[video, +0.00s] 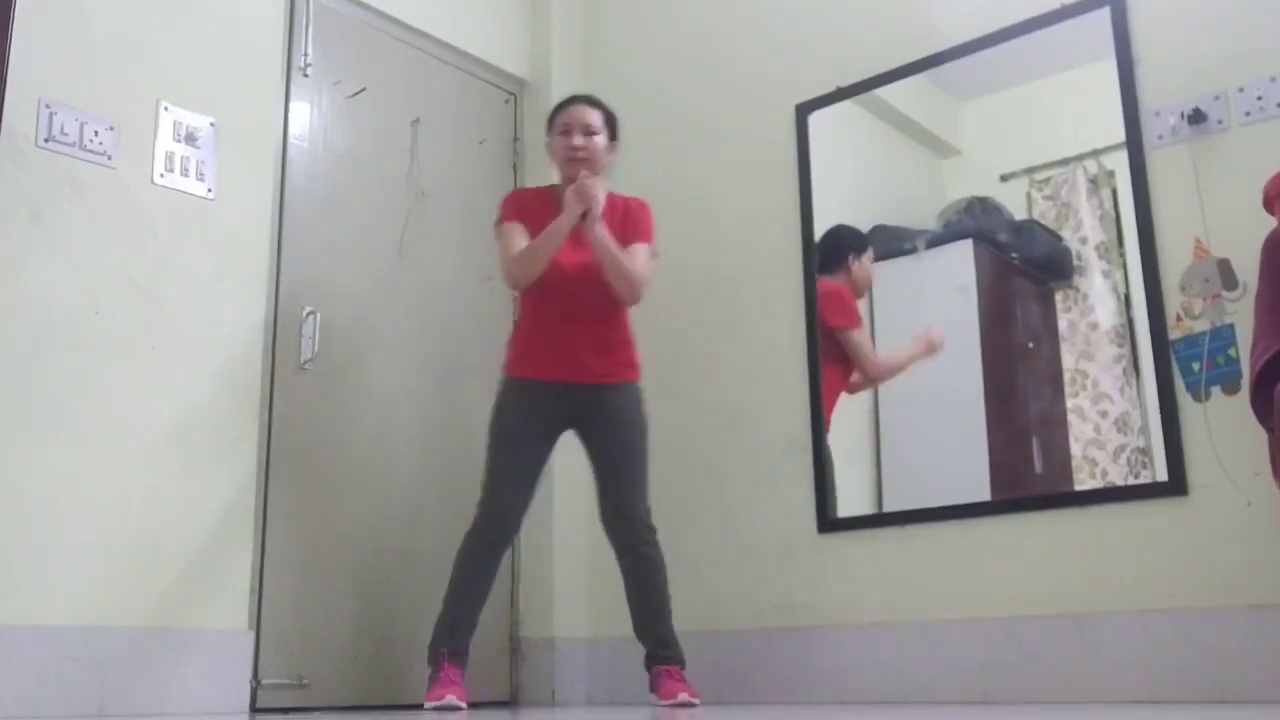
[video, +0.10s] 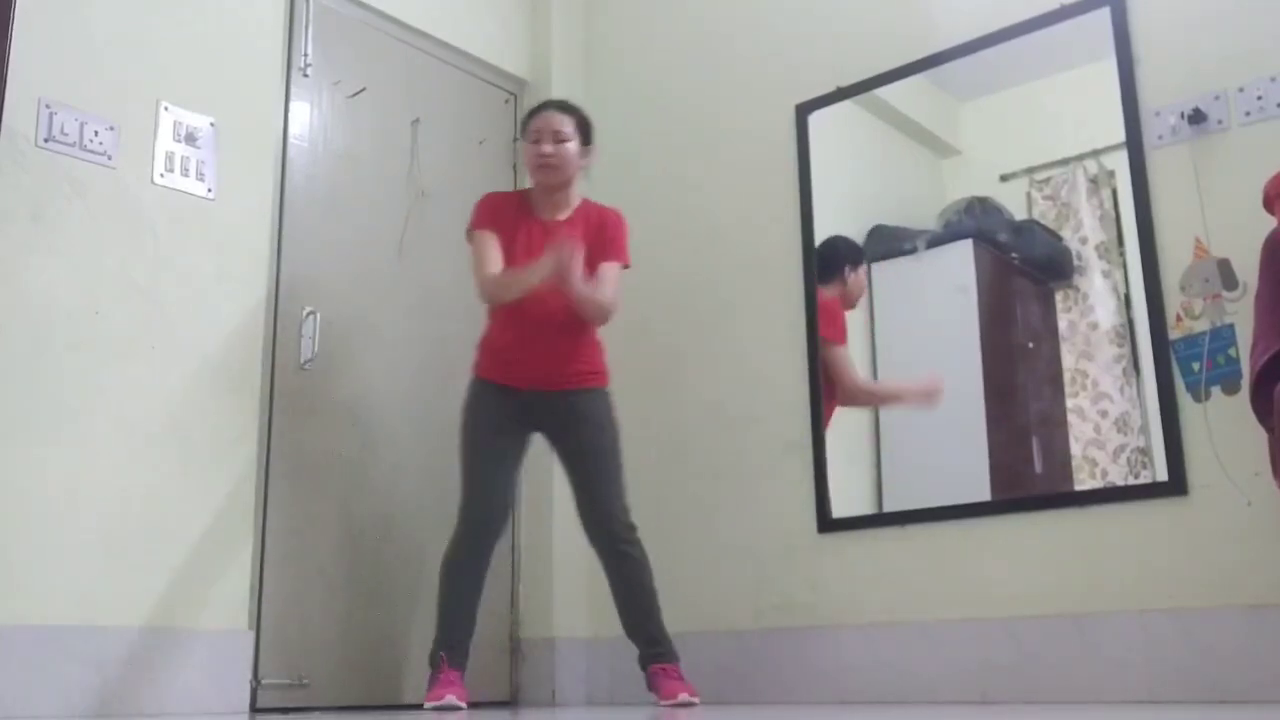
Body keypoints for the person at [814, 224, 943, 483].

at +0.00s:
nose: (872, 273)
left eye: (872, 263)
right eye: (869, 263)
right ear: (851, 262)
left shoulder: (823, 294)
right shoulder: (832, 292)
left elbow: (851, 383)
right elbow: (874, 369)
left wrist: (914, 353)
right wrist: (921, 348)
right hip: (807, 435)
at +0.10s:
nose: (865, 285)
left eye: (865, 275)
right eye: (863, 274)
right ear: (848, 273)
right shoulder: (826, 305)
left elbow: (844, 391)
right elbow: (848, 390)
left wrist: (914, 392)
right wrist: (916, 391)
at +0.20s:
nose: (857, 299)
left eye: (860, 291)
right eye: (858, 289)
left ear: (818, 279)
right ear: (844, 283)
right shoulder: (820, 316)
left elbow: (827, 396)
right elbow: (827, 394)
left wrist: (871, 453)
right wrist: (874, 455)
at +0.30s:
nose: (852, 309)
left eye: (855, 300)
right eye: (854, 299)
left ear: (820, 287)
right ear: (844, 292)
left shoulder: (813, 329)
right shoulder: (814, 332)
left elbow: (810, 425)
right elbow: (809, 425)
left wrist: (824, 500)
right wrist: (825, 501)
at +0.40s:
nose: (853, 310)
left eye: (857, 302)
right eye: (856, 301)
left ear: (821, 286)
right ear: (846, 293)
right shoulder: (808, 336)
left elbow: (810, 428)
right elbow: (808, 429)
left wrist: (824, 502)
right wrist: (825, 504)